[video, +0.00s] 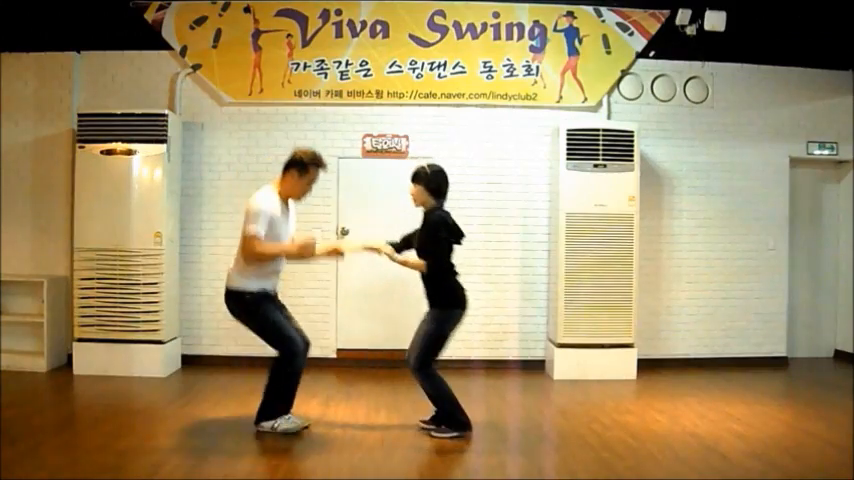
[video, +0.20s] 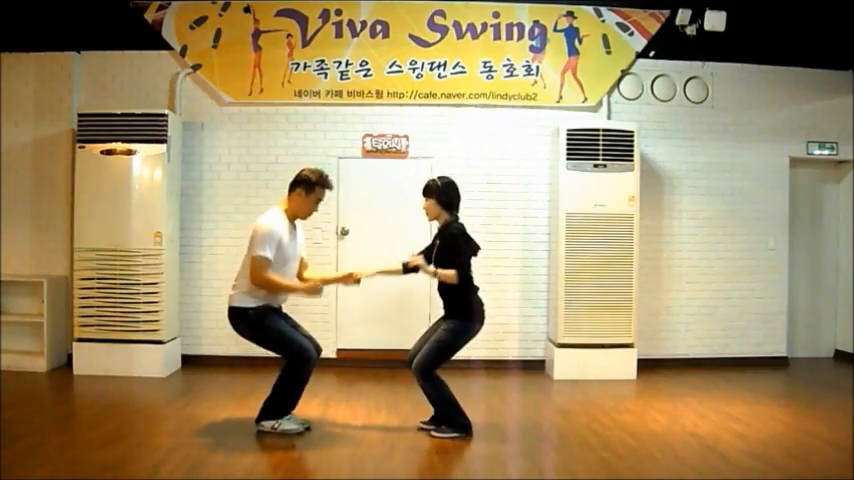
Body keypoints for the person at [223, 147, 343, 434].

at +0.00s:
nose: (310, 190)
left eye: (312, 184)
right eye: (309, 182)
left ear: (295, 176)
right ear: (292, 174)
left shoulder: (286, 205)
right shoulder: (262, 202)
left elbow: (286, 250)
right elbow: (251, 250)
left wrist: (322, 252)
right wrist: (292, 249)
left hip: (264, 293)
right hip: (244, 294)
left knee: (300, 344)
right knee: (293, 346)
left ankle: (277, 413)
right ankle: (269, 417)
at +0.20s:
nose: (317, 207)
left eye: (319, 202)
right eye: (316, 200)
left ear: (302, 196)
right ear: (298, 193)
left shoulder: (295, 227)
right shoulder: (269, 225)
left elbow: (301, 276)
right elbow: (258, 277)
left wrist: (339, 279)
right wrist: (302, 287)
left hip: (269, 308)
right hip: (248, 310)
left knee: (312, 350)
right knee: (303, 353)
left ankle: (278, 413)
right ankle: (269, 418)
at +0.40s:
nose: (316, 175)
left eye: (320, 170)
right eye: (316, 168)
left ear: (304, 161)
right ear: (300, 158)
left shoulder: (293, 189)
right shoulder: (271, 184)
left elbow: (297, 237)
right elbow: (256, 230)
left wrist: (335, 244)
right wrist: (298, 243)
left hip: (270, 277)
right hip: (252, 277)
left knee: (300, 337)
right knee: (287, 340)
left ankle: (283, 407)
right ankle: (265, 418)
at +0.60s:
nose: (310, 163)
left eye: (313, 157)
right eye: (309, 155)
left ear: (297, 151)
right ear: (291, 147)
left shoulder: (291, 183)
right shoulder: (262, 180)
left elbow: (296, 234)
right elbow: (249, 229)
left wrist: (336, 241)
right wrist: (289, 248)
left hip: (279, 273)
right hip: (261, 274)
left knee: (280, 344)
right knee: (261, 348)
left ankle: (283, 406)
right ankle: (258, 425)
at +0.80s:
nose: (309, 157)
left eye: (311, 151)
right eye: (307, 150)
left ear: (293, 147)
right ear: (287, 144)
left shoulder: (292, 184)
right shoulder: (259, 180)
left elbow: (298, 233)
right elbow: (243, 227)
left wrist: (338, 238)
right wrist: (283, 239)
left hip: (281, 274)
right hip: (261, 274)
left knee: (281, 343)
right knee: (263, 347)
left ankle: (283, 405)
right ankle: (258, 425)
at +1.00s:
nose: (307, 146)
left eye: (306, 139)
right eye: (302, 139)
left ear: (289, 143)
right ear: (283, 142)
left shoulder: (293, 185)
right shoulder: (258, 180)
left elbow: (303, 231)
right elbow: (242, 226)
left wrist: (342, 239)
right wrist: (282, 235)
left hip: (283, 273)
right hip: (263, 274)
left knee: (281, 343)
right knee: (265, 346)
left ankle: (283, 405)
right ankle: (259, 425)